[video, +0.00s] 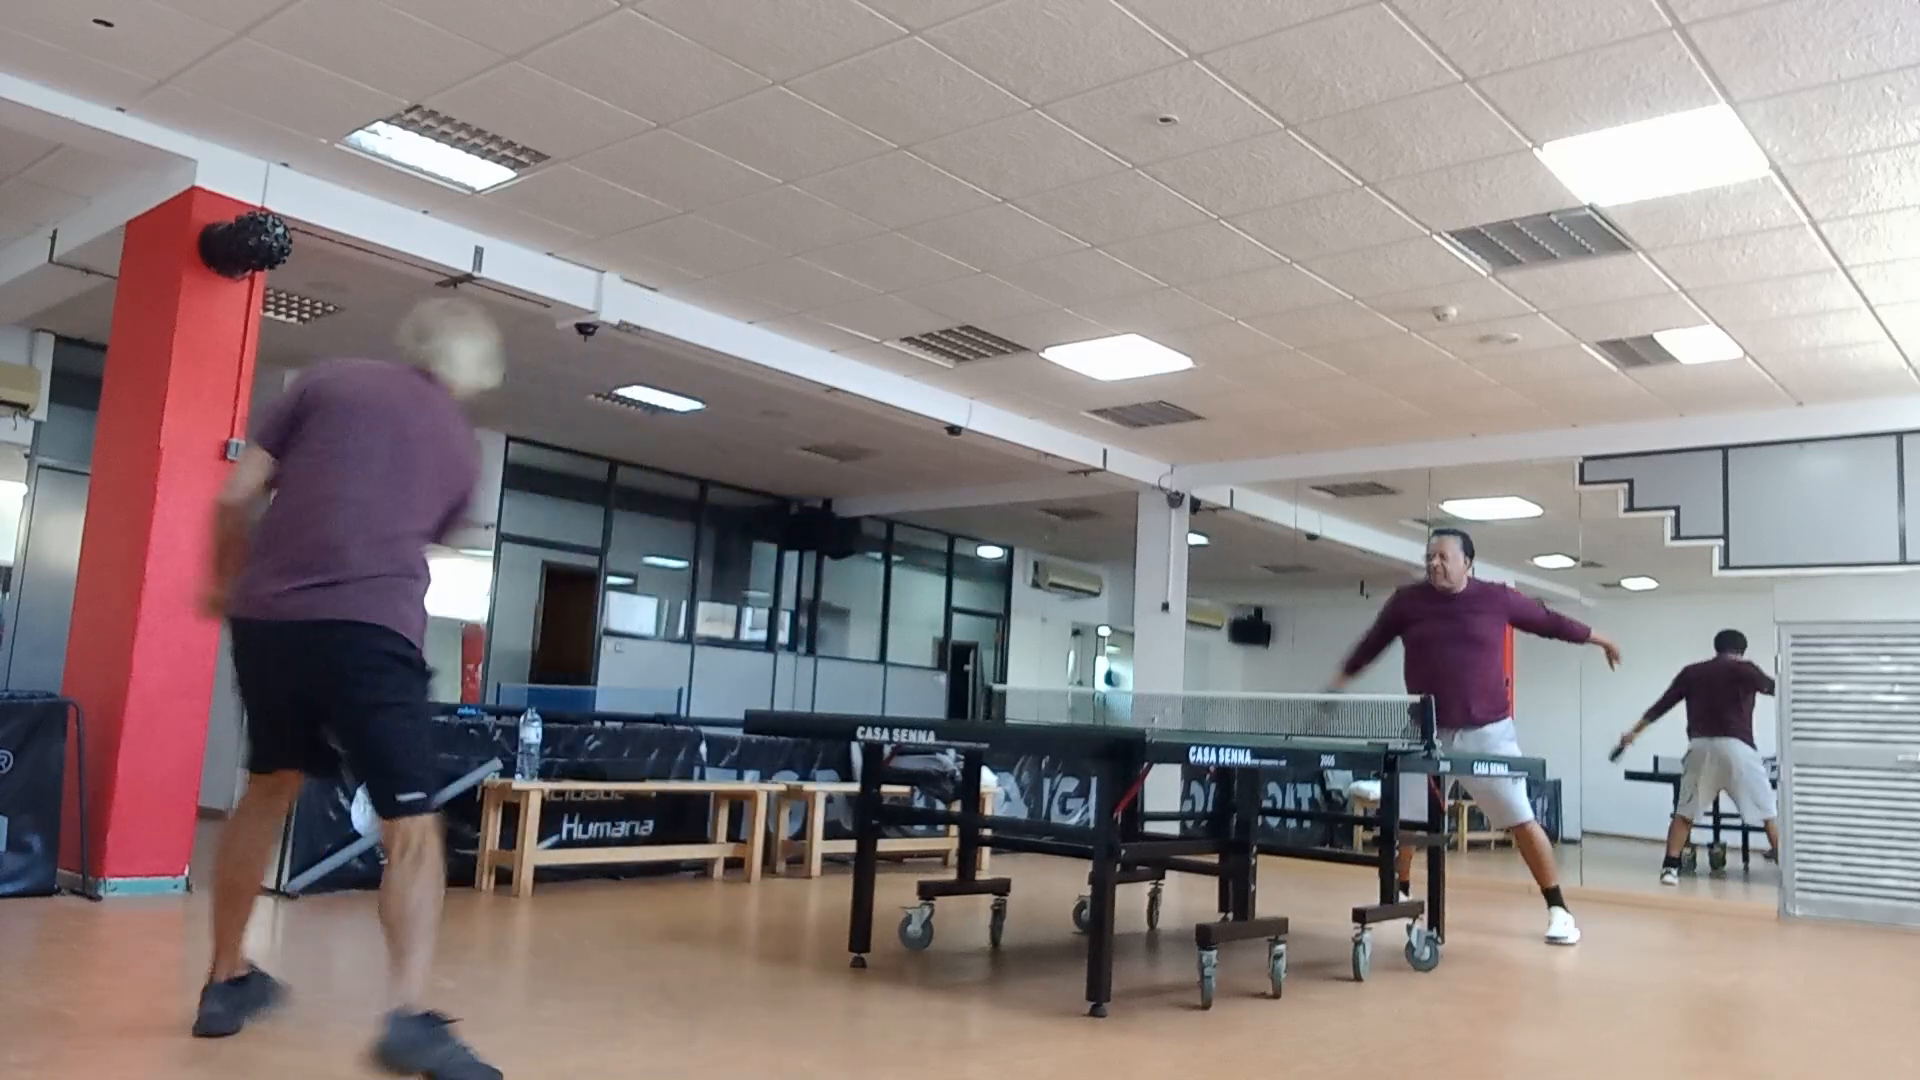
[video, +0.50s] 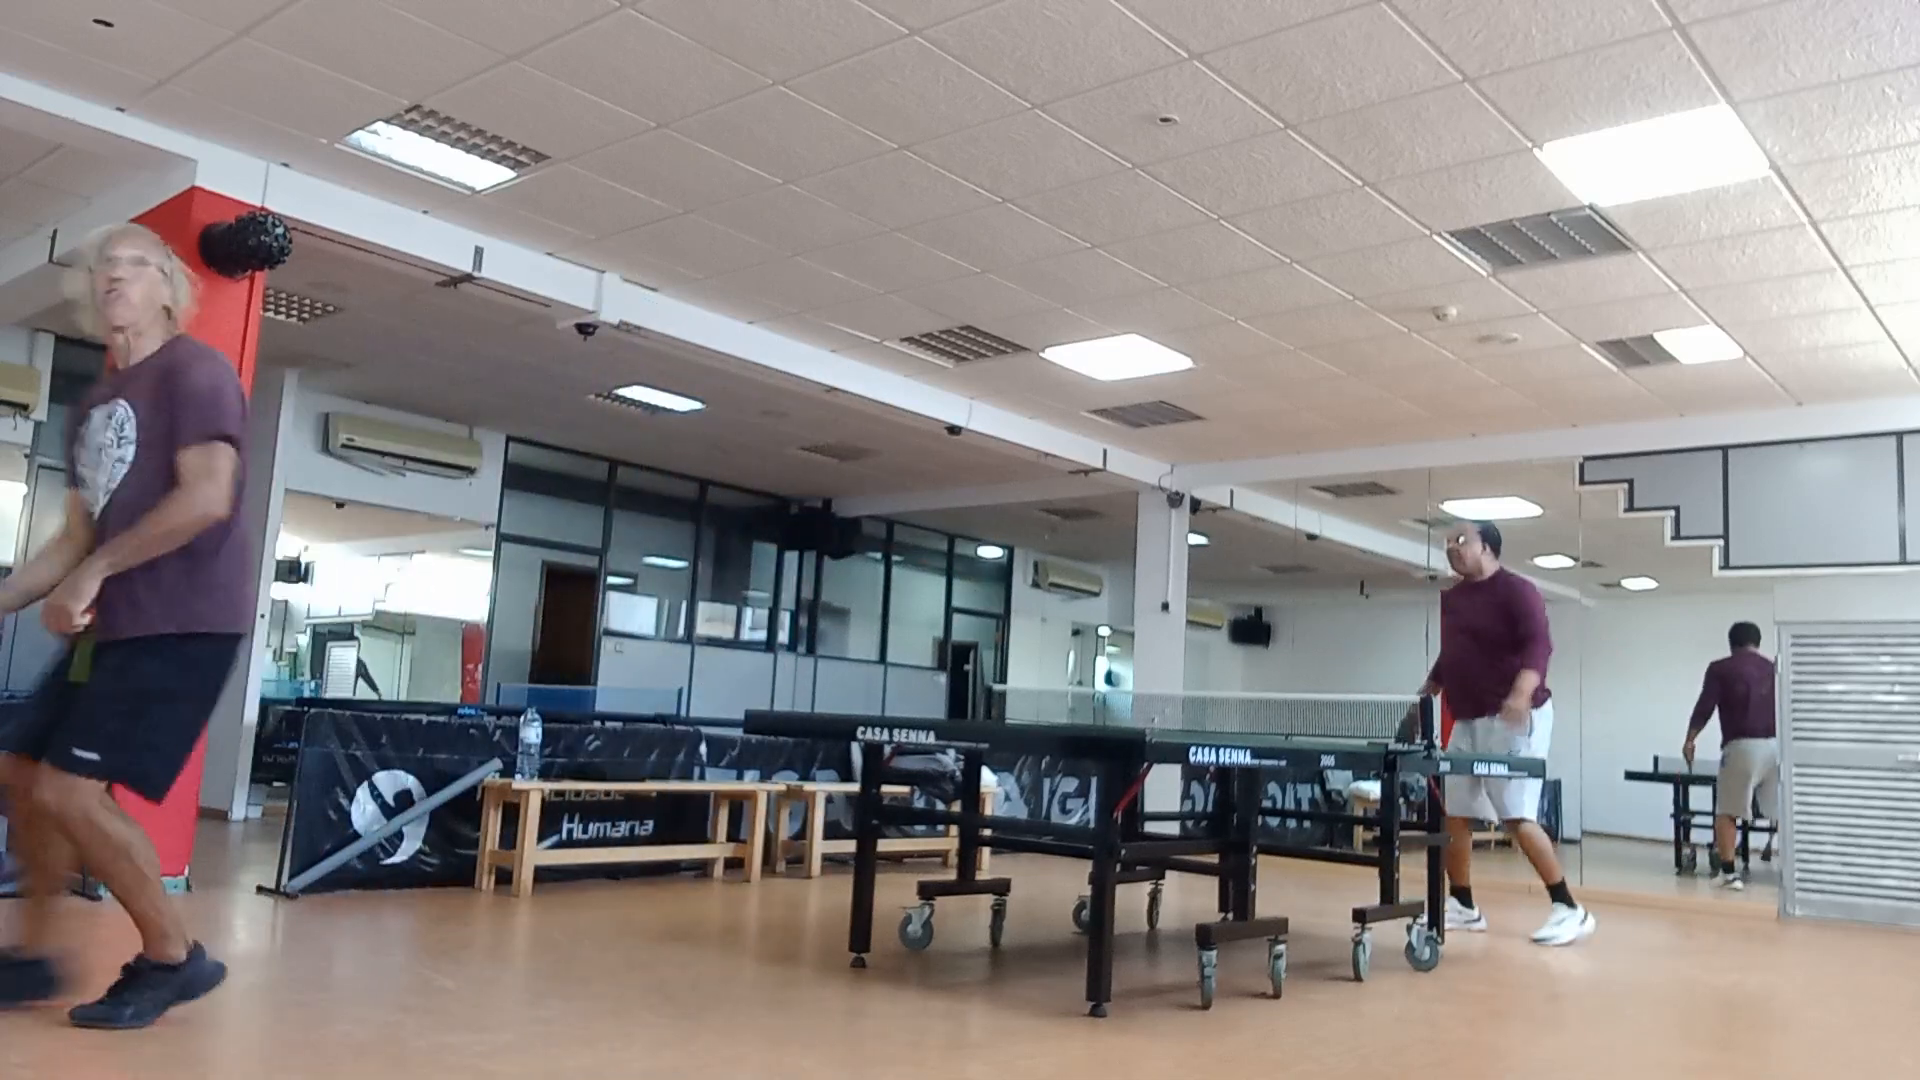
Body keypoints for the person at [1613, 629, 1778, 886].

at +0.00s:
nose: (1743, 657)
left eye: (1741, 655)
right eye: (1743, 654)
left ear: (1716, 649)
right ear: (1741, 652)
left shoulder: (1692, 672)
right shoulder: (1745, 669)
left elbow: (1661, 706)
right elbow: (1776, 689)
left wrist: (1632, 733)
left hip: (1700, 748)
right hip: (1737, 748)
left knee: (1685, 811)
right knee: (1769, 813)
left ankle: (1669, 867)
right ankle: (1788, 868)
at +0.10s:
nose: (1745, 656)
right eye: (1746, 652)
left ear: (1721, 648)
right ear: (1747, 650)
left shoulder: (1699, 673)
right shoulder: (1757, 671)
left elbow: (1676, 710)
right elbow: (1777, 694)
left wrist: (1655, 741)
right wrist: (1773, 707)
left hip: (1710, 750)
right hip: (1749, 750)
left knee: (1690, 813)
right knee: (1773, 813)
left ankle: (1670, 867)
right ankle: (1788, 870)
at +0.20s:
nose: (1751, 653)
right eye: (1752, 650)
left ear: (1725, 647)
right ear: (1752, 648)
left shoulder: (1706, 672)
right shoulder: (1765, 671)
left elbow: (1689, 713)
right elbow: (1788, 703)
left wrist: (1676, 744)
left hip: (1721, 749)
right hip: (1759, 748)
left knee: (1700, 811)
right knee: (1778, 810)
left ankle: (1677, 864)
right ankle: (1786, 861)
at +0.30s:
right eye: (1754, 646)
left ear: (1730, 644)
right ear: (1756, 645)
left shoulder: (1713, 668)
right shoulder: (1772, 668)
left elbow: (1697, 710)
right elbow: (1787, 707)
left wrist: (1684, 745)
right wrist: (1790, 744)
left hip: (1729, 746)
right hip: (1767, 746)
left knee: (1710, 808)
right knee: (1781, 807)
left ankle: (1697, 861)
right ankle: (1780, 851)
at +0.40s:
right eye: (1755, 645)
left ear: (1731, 643)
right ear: (1757, 643)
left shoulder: (1717, 667)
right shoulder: (1773, 666)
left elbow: (1702, 708)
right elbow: (1788, 703)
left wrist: (1688, 743)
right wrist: (1791, 740)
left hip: (1735, 746)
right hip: (1772, 745)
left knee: (1724, 811)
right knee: (1781, 811)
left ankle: (1727, 870)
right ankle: (1790, 868)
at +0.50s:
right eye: (1755, 646)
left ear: (1731, 644)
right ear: (1758, 644)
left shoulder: (1719, 668)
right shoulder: (1773, 668)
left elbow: (1705, 706)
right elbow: (1787, 704)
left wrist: (1690, 738)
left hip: (1741, 750)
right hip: (1776, 747)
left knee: (1726, 813)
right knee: (1781, 814)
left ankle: (1729, 873)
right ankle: (1792, 868)